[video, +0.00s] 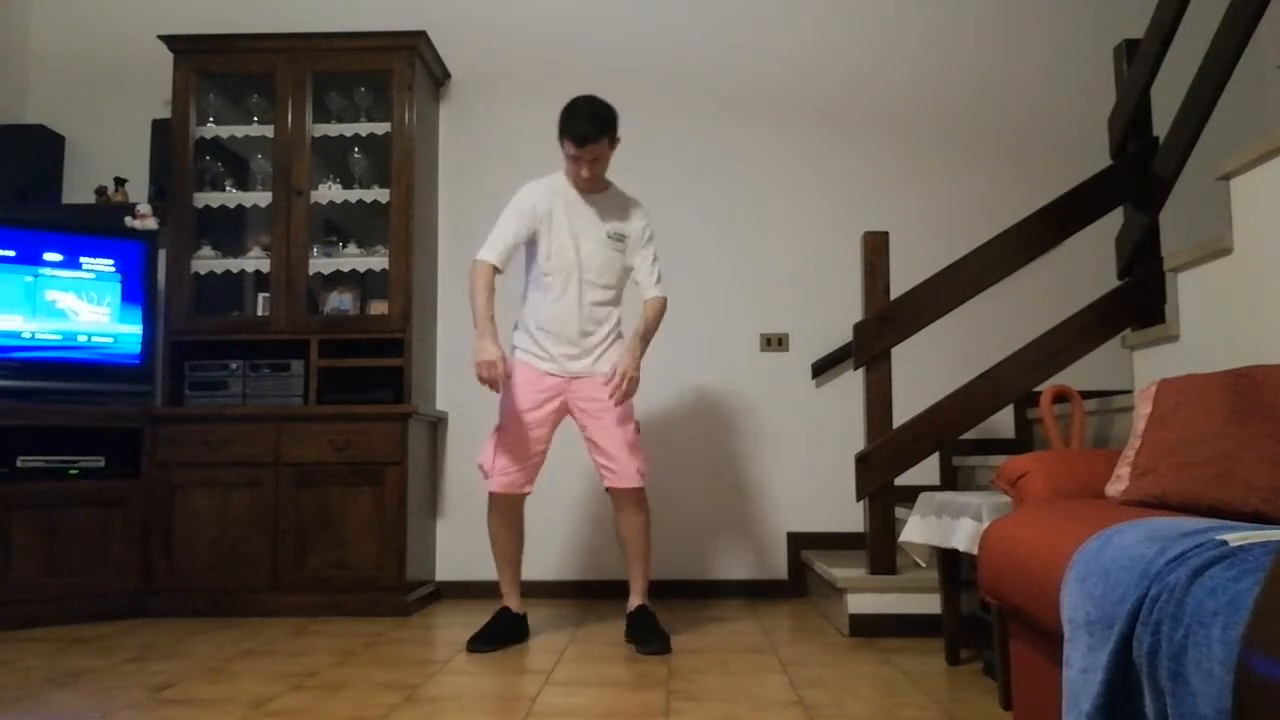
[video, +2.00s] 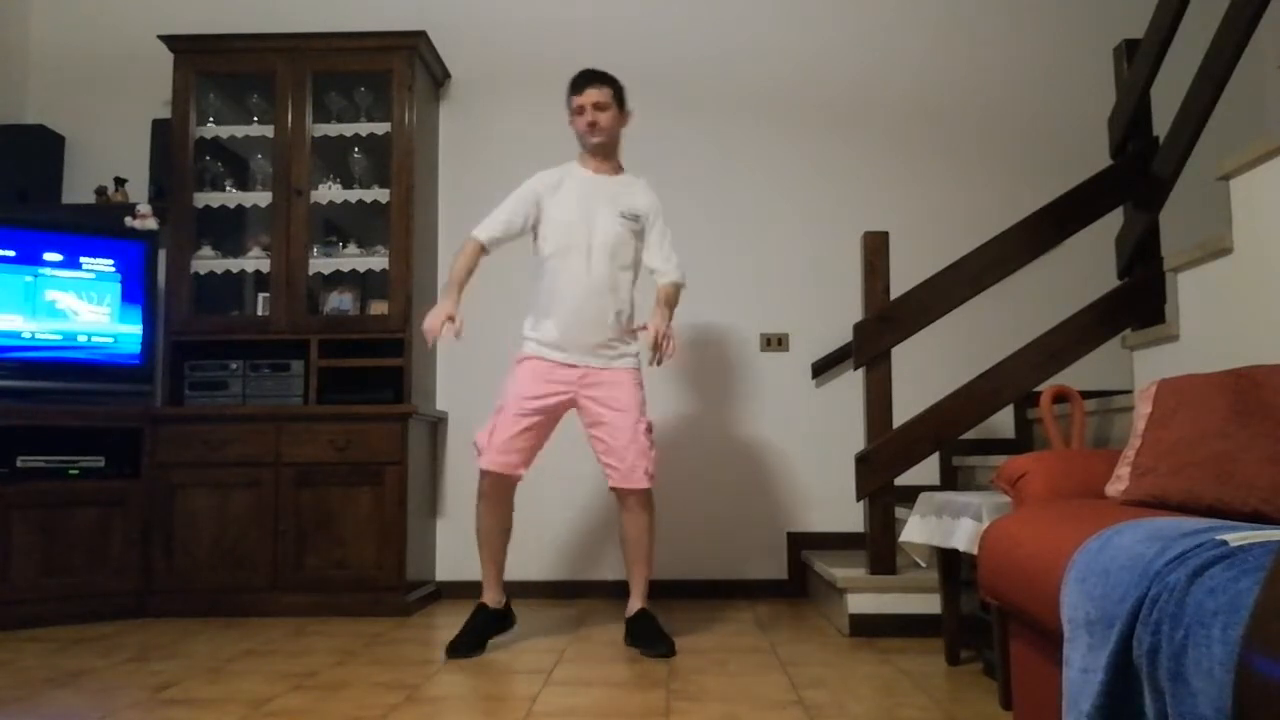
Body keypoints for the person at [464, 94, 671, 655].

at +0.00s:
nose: (585, 171)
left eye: (596, 159)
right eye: (575, 159)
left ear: (615, 146)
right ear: (560, 146)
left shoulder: (631, 214)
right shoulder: (535, 199)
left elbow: (654, 297)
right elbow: (483, 266)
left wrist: (635, 346)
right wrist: (485, 339)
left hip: (603, 369)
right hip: (533, 366)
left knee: (629, 483)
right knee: (504, 483)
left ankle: (639, 607)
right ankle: (511, 610)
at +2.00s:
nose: (590, 117)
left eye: (601, 108)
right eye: (580, 109)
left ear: (622, 117)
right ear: (570, 120)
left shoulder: (639, 195)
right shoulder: (547, 186)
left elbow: (668, 271)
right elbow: (477, 242)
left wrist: (662, 314)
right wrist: (450, 298)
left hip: (614, 363)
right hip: (542, 358)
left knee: (634, 482)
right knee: (495, 469)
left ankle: (638, 609)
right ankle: (492, 603)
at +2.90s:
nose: (546, 133)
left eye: (555, 123)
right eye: (534, 125)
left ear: (574, 128)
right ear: (521, 136)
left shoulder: (602, 175)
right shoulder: (526, 217)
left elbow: (653, 250)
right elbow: (509, 296)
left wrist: (633, 329)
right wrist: (503, 344)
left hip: (605, 365)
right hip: (537, 369)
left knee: (629, 485)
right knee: (512, 483)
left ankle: (639, 609)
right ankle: (516, 611)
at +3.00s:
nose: (563, 124)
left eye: (570, 113)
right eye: (552, 121)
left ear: (592, 116)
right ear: (544, 133)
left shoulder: (628, 175)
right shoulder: (540, 202)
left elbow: (670, 257)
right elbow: (493, 278)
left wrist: (630, 321)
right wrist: (497, 331)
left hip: (611, 366)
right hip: (541, 367)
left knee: (631, 486)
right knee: (499, 476)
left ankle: (640, 610)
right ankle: (508, 598)